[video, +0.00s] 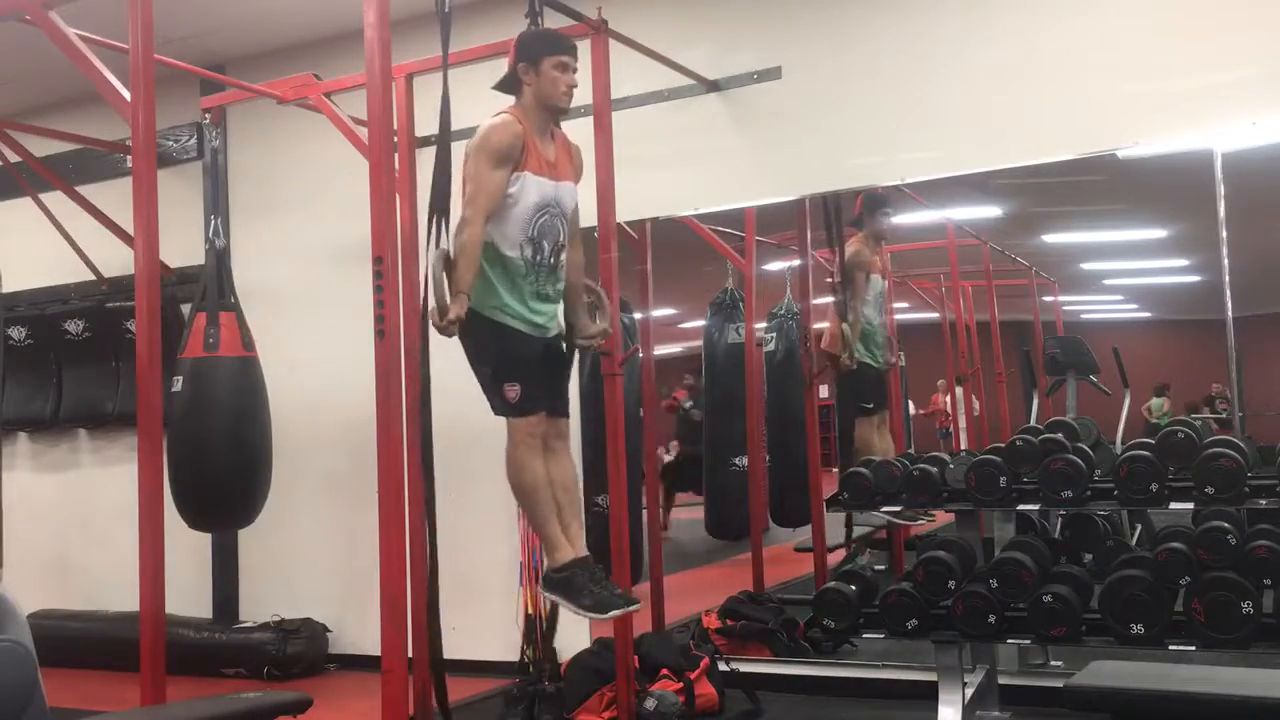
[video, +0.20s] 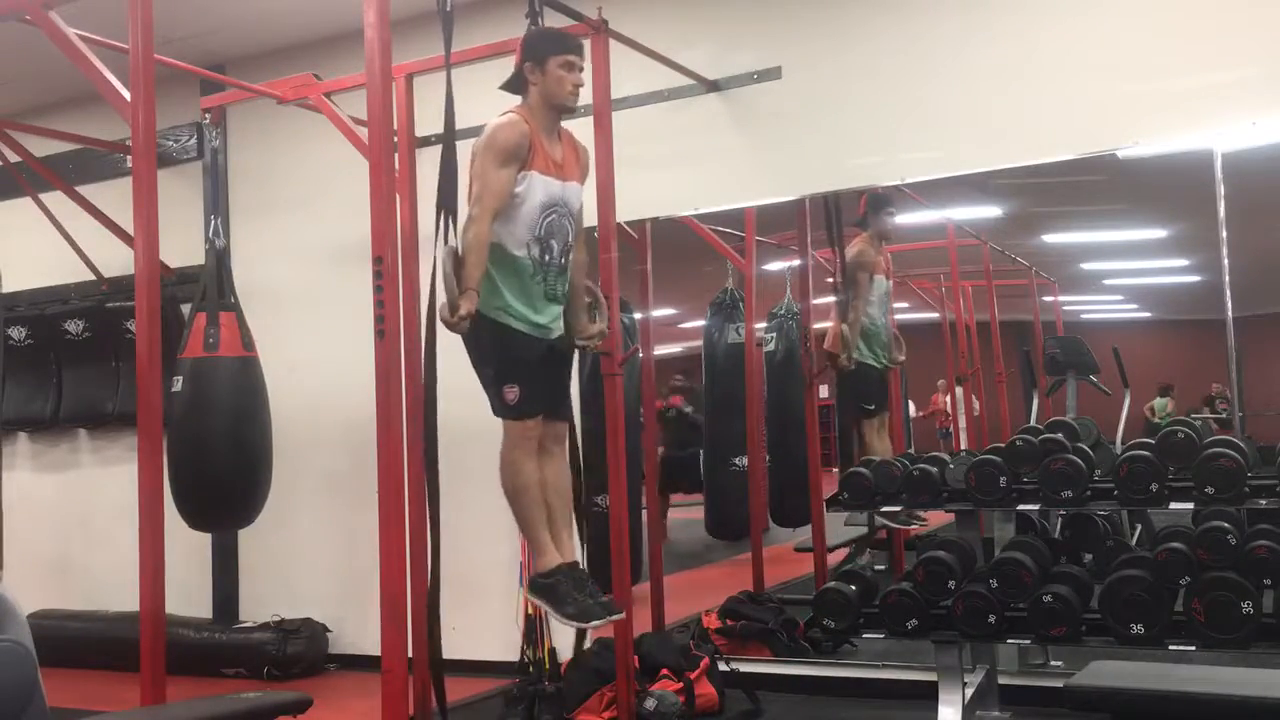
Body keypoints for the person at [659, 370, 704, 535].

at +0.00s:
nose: (685, 383)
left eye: (689, 380)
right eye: (684, 380)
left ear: (698, 383)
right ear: (682, 384)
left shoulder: (704, 399)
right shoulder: (681, 399)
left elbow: (701, 418)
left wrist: (687, 404)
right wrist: (673, 445)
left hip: (702, 450)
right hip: (682, 450)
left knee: (709, 486)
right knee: (669, 481)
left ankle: (716, 522)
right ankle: (665, 520)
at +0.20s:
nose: (676, 391)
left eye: (679, 387)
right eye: (672, 388)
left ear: (688, 387)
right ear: (667, 389)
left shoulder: (695, 402)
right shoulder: (666, 405)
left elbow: (703, 423)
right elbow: (659, 422)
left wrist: (684, 408)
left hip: (693, 450)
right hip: (670, 451)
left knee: (706, 488)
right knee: (663, 491)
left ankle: (715, 527)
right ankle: (661, 529)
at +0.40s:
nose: (668, 382)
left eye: (672, 379)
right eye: (666, 378)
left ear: (680, 381)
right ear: (663, 380)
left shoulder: (688, 395)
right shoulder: (660, 397)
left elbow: (701, 398)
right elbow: (651, 414)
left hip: (688, 447)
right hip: (665, 448)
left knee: (694, 484)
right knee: (661, 489)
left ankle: (693, 515)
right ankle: (660, 523)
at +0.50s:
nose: (666, 382)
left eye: (670, 379)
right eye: (664, 379)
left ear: (678, 381)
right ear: (661, 380)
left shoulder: (688, 395)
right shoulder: (658, 397)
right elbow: (649, 420)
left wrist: (697, 447)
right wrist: (654, 448)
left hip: (685, 449)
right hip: (664, 450)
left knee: (691, 487)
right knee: (661, 490)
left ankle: (688, 513)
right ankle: (659, 523)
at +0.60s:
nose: (664, 384)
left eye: (668, 381)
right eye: (663, 381)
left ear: (676, 382)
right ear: (661, 383)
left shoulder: (686, 399)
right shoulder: (659, 401)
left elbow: (701, 400)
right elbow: (655, 409)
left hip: (684, 452)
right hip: (664, 452)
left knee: (687, 489)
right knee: (660, 490)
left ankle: (686, 519)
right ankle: (658, 522)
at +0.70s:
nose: (665, 387)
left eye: (668, 384)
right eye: (663, 384)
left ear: (676, 385)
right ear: (661, 386)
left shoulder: (685, 402)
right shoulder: (659, 404)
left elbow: (699, 403)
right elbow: (656, 409)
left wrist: (677, 408)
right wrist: (667, 408)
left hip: (683, 452)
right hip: (663, 453)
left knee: (684, 489)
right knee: (658, 491)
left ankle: (683, 520)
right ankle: (655, 522)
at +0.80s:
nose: (664, 387)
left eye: (668, 384)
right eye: (663, 384)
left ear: (678, 384)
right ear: (662, 385)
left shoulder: (688, 399)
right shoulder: (659, 400)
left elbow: (703, 413)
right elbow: (646, 421)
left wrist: (687, 408)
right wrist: (654, 409)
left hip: (684, 452)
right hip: (662, 452)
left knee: (684, 489)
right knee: (656, 491)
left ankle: (683, 520)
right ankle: (653, 523)